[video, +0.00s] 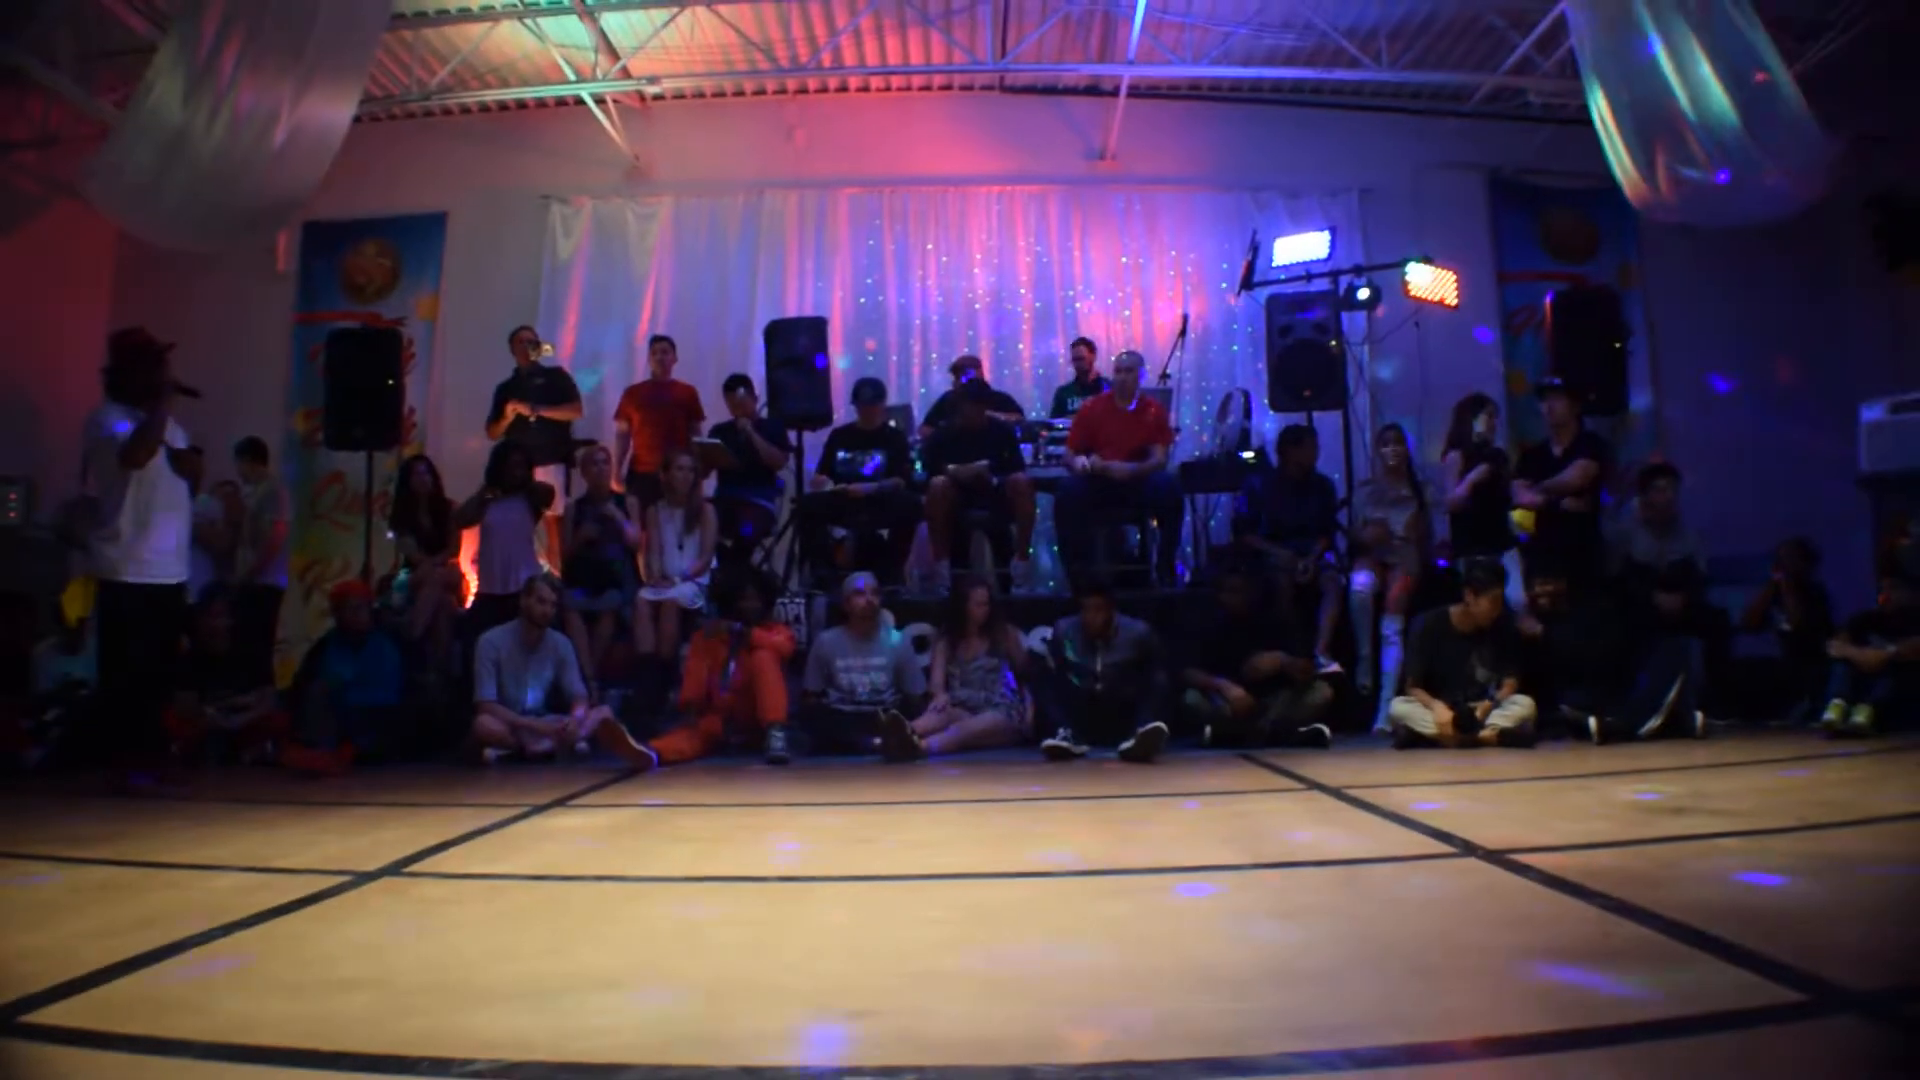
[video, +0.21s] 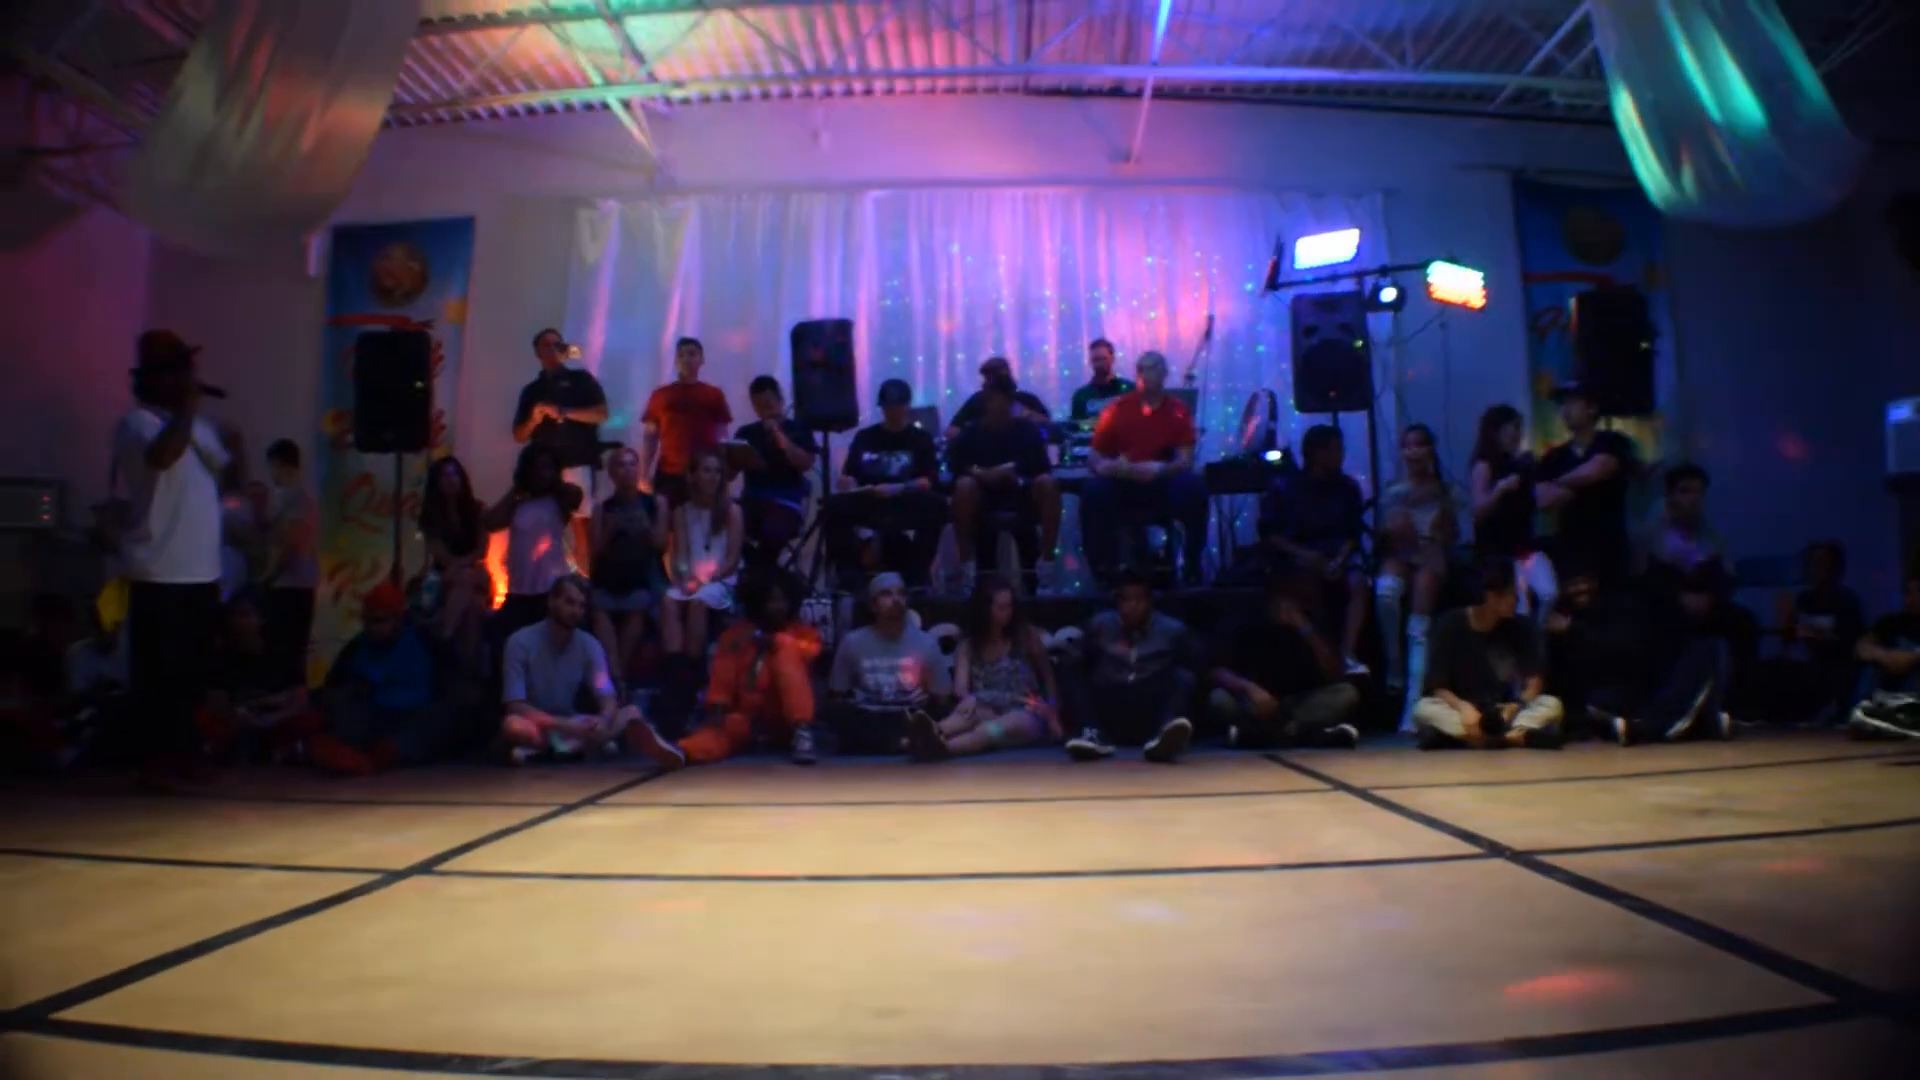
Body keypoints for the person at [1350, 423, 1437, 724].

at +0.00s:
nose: (1393, 451)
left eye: (1398, 445)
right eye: (1386, 445)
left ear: (1407, 450)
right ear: (1377, 452)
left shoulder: (1419, 490)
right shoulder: (1364, 490)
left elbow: (1426, 534)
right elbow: (1354, 530)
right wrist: (1369, 536)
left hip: (1404, 554)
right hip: (1370, 555)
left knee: (1391, 625)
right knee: (1360, 588)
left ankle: (1387, 709)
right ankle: (1364, 663)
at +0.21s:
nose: (1413, 452)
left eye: (1419, 445)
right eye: (1407, 446)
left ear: (1431, 450)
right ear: (1401, 452)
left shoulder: (1449, 491)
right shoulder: (1392, 492)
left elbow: (1457, 535)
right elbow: (1384, 534)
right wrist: (1396, 533)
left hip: (1431, 556)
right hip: (1398, 554)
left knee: (1418, 628)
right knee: (1386, 593)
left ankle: (1415, 702)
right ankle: (1393, 664)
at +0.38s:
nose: (1412, 449)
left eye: (1418, 443)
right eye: (1406, 444)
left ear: (1428, 448)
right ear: (1399, 450)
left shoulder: (1440, 487)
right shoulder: (1388, 488)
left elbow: (1447, 532)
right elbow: (1381, 530)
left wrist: (1437, 507)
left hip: (1426, 549)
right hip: (1394, 550)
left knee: (1415, 626)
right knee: (1382, 589)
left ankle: (1411, 707)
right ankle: (1389, 666)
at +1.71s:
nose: (1398, 454)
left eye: (1404, 448)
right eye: (1392, 449)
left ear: (1415, 453)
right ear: (1386, 455)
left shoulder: (1433, 489)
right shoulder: (1379, 492)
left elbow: (1444, 532)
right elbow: (1375, 532)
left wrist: (1418, 549)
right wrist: (1393, 543)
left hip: (1422, 557)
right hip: (1390, 556)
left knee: (1411, 629)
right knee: (1378, 597)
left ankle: (1408, 700)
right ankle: (1385, 668)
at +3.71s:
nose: (1399, 451)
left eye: (1405, 445)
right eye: (1393, 446)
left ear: (1415, 451)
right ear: (1386, 453)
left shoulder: (1430, 489)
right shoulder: (1377, 492)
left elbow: (1437, 531)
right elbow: (1373, 533)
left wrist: (1412, 546)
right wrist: (1387, 548)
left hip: (1420, 558)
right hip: (1388, 558)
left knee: (1412, 627)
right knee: (1379, 596)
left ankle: (1408, 697)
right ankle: (1386, 671)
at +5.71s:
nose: (1404, 451)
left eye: (1409, 445)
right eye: (1397, 446)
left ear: (1417, 451)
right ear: (1388, 452)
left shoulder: (1430, 488)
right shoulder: (1378, 491)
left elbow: (1438, 525)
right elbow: (1372, 528)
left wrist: (1420, 542)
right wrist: (1387, 547)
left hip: (1421, 555)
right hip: (1389, 555)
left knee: (1412, 628)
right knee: (1378, 596)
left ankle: (1408, 701)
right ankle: (1385, 674)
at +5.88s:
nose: (1404, 451)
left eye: (1409, 445)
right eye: (1397, 446)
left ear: (1416, 451)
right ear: (1387, 452)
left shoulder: (1430, 489)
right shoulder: (1377, 491)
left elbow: (1438, 526)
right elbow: (1372, 531)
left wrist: (1421, 543)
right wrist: (1389, 550)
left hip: (1419, 556)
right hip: (1387, 555)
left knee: (1417, 602)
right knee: (1377, 595)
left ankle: (1410, 682)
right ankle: (1385, 672)